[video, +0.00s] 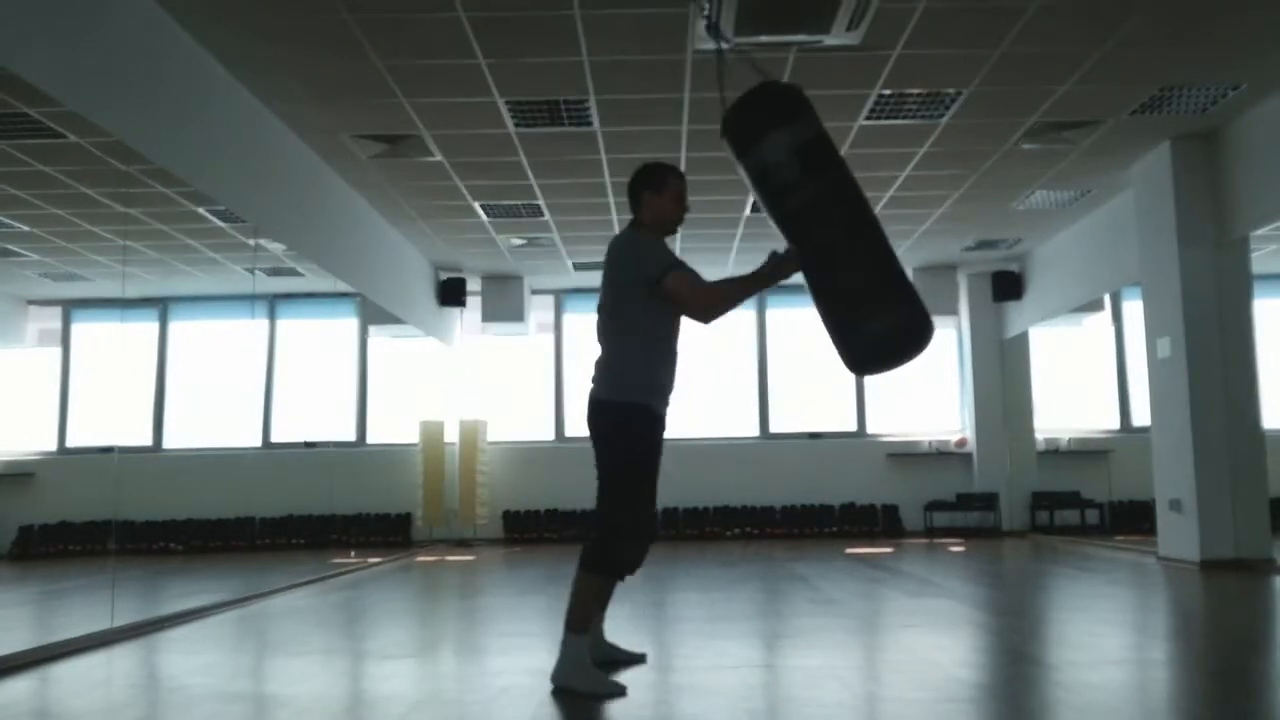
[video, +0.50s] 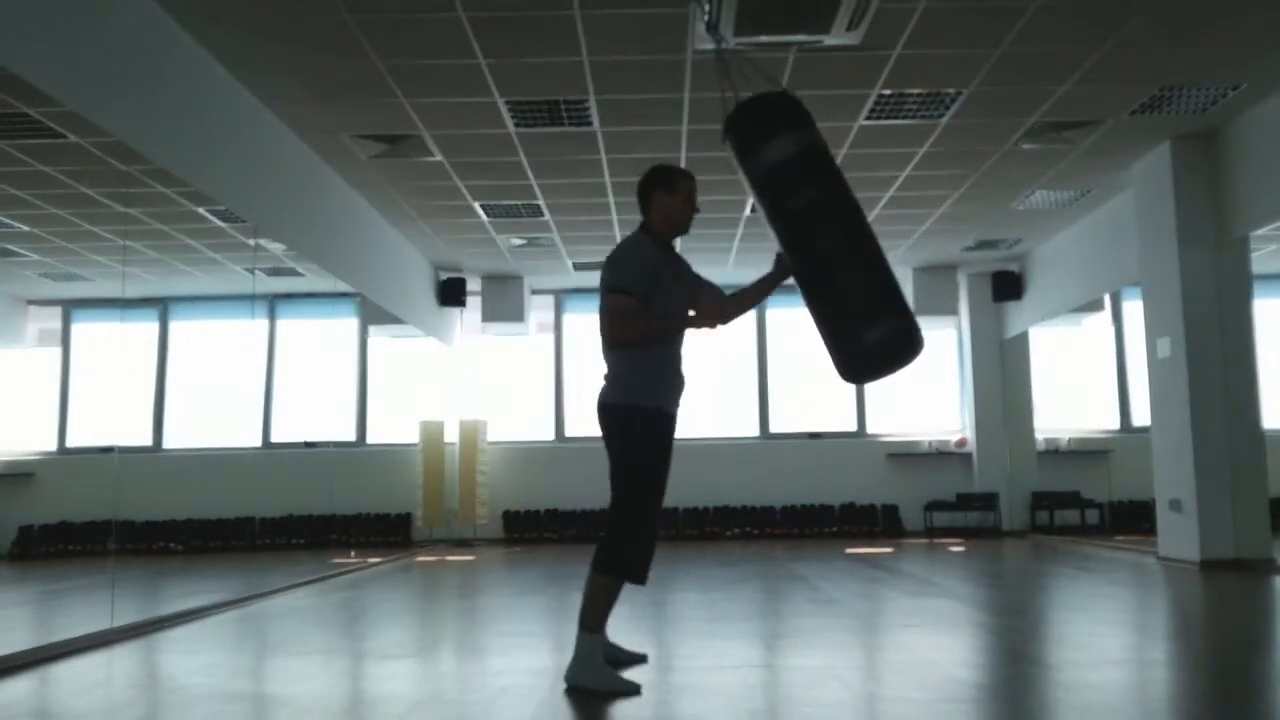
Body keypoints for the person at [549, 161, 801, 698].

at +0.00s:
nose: (685, 205)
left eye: (684, 196)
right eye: (677, 195)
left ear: (651, 201)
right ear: (648, 198)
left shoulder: (638, 250)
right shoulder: (639, 250)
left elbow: (703, 299)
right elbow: (704, 304)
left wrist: (766, 274)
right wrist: (769, 275)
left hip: (630, 407)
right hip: (627, 409)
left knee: (626, 530)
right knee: (617, 531)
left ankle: (590, 639)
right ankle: (572, 662)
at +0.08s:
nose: (688, 206)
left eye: (688, 197)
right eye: (680, 197)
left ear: (656, 200)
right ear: (652, 199)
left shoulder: (648, 252)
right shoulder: (637, 250)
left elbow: (680, 328)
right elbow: (680, 325)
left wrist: (733, 290)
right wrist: (735, 289)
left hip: (635, 410)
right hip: (628, 411)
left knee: (627, 526)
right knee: (621, 528)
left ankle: (590, 637)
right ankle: (579, 657)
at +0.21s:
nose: (693, 206)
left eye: (692, 197)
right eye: (683, 197)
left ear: (669, 203)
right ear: (654, 200)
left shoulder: (668, 261)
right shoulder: (631, 256)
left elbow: (721, 311)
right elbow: (629, 328)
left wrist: (775, 272)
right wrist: (689, 295)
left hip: (649, 411)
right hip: (629, 410)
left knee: (631, 525)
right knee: (625, 527)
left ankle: (594, 638)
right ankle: (584, 660)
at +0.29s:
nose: (692, 207)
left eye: (692, 198)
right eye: (683, 198)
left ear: (659, 202)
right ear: (654, 200)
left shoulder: (652, 252)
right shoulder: (643, 251)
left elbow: (703, 309)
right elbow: (702, 313)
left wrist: (757, 274)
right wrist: (760, 275)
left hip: (638, 409)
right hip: (632, 411)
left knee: (629, 527)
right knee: (625, 528)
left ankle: (593, 639)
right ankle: (584, 661)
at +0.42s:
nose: (695, 209)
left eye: (695, 200)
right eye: (687, 199)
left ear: (664, 204)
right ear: (658, 202)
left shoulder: (657, 260)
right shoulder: (638, 256)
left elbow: (682, 333)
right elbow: (654, 327)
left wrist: (723, 302)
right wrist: (725, 303)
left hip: (646, 413)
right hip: (632, 413)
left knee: (631, 527)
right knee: (625, 530)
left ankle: (595, 639)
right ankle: (586, 659)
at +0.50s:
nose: (696, 208)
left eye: (695, 200)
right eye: (687, 199)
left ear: (671, 203)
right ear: (658, 200)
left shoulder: (669, 262)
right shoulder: (632, 255)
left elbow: (719, 309)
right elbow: (616, 328)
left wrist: (776, 276)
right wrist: (688, 321)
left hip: (652, 411)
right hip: (631, 409)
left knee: (631, 525)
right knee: (625, 526)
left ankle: (594, 638)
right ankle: (585, 660)